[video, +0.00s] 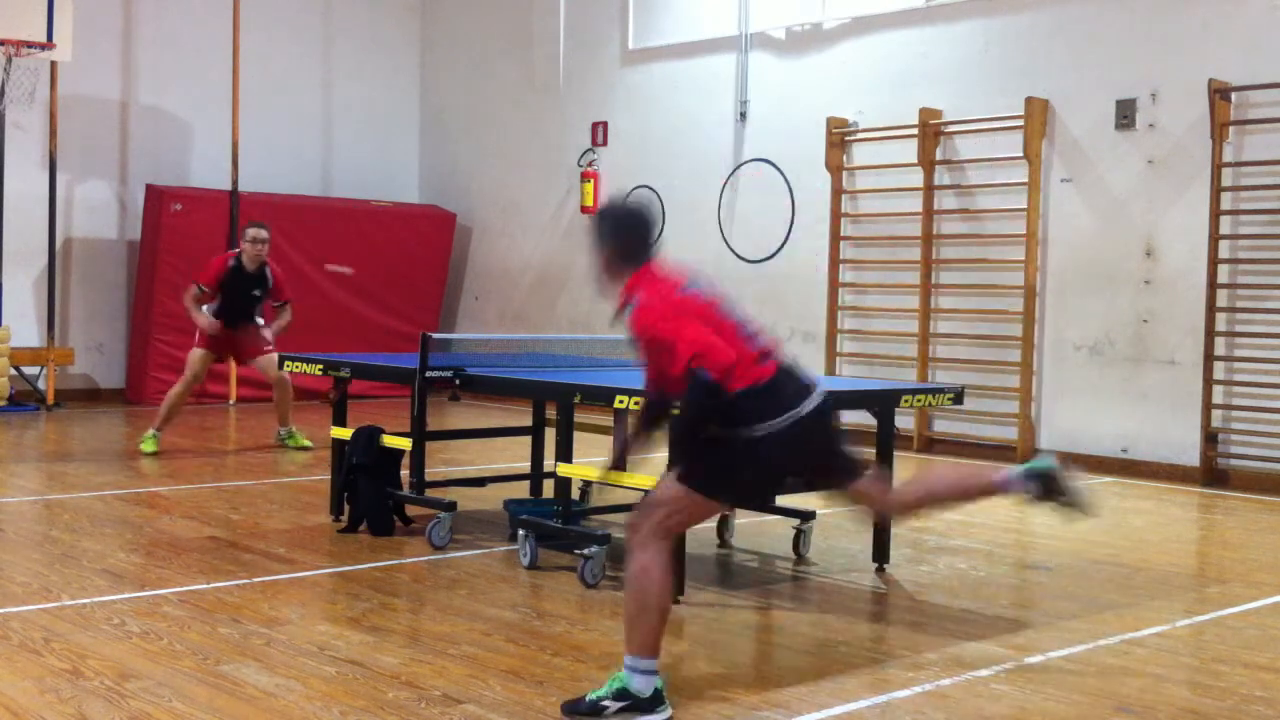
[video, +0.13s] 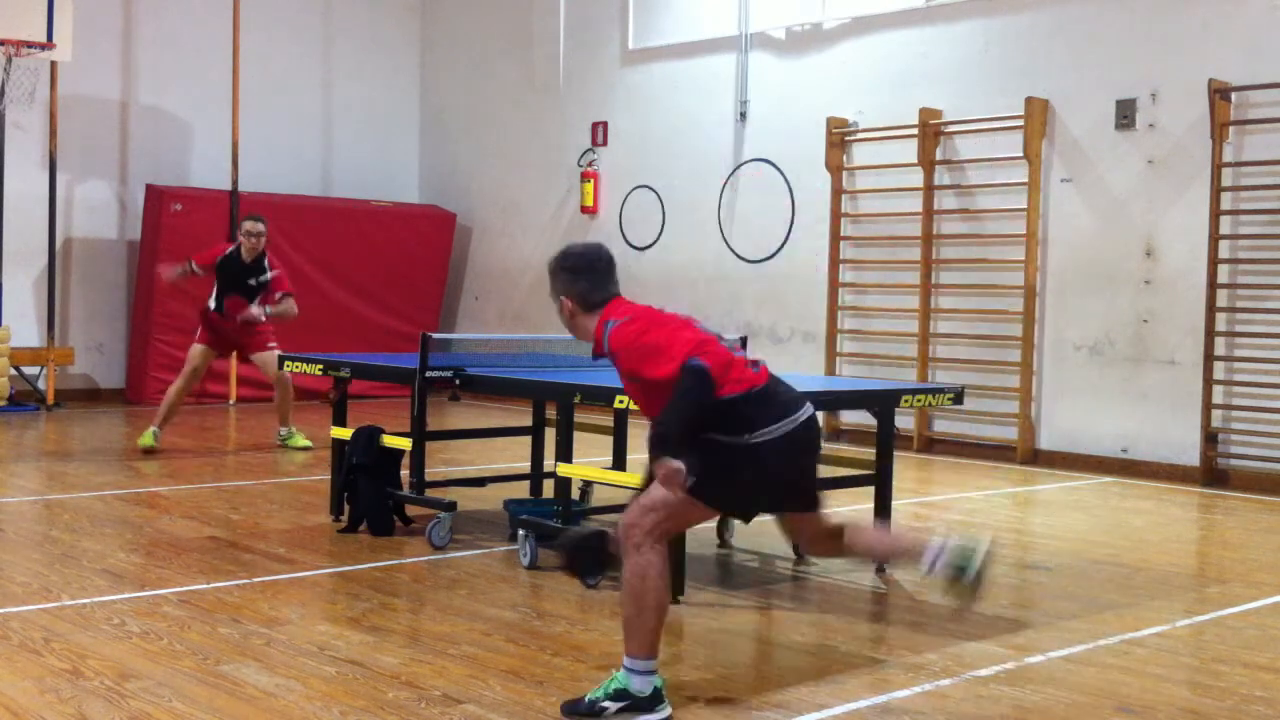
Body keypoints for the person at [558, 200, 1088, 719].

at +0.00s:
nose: (594, 261)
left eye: (596, 249)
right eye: (597, 248)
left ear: (609, 254)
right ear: (642, 244)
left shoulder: (649, 303)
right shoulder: (670, 283)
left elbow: (680, 373)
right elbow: (668, 373)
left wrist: (644, 433)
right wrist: (642, 421)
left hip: (749, 433)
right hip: (801, 415)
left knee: (648, 527)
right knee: (886, 499)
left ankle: (639, 685)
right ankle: (1026, 476)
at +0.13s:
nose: (559, 312)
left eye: (558, 302)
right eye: (559, 301)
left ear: (569, 305)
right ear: (608, 286)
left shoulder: (623, 332)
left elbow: (694, 377)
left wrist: (666, 451)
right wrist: (623, 530)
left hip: (747, 440)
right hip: (795, 422)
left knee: (641, 528)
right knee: (814, 536)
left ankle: (639, 682)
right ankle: (942, 554)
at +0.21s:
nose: (569, 291)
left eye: (570, 280)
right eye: (570, 280)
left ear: (585, 282)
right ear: (618, 270)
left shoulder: (628, 316)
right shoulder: (656, 304)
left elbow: (687, 377)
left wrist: (658, 444)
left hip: (748, 439)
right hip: (799, 421)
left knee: (644, 525)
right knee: (795, 530)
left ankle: (639, 683)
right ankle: (909, 608)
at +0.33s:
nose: (635, 232)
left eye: (637, 222)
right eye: (637, 221)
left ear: (649, 226)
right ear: (686, 223)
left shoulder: (674, 277)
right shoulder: (722, 264)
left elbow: (712, 350)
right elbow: (760, 349)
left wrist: (657, 423)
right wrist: (688, 402)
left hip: (769, 429)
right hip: (820, 418)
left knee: (665, 522)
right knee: (813, 525)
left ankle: (641, 681)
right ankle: (875, 646)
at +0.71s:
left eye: (793, 172)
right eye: (847, 179)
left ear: (793, 177)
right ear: (847, 182)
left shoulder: (753, 237)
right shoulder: (869, 244)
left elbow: (711, 321)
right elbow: (907, 339)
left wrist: (758, 335)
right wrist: (900, 386)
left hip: (778, 406)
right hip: (854, 402)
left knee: (760, 515)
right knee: (908, 521)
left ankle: (744, 647)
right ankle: (950, 647)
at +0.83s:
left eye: (833, 192)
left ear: (831, 198)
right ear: (882, 205)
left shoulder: (786, 261)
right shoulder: (892, 268)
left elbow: (757, 344)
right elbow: (920, 368)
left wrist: (810, 355)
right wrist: (943, 404)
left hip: (792, 431)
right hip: (867, 427)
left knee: (778, 531)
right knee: (944, 533)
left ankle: (747, 652)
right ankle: (999, 670)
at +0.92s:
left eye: (879, 198)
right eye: (912, 204)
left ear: (867, 206)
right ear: (916, 213)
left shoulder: (825, 266)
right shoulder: (915, 276)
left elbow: (815, 351)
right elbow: (936, 376)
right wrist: (985, 443)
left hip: (813, 434)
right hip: (881, 434)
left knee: (800, 527)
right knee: (967, 530)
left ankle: (749, 648)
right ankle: (1006, 674)